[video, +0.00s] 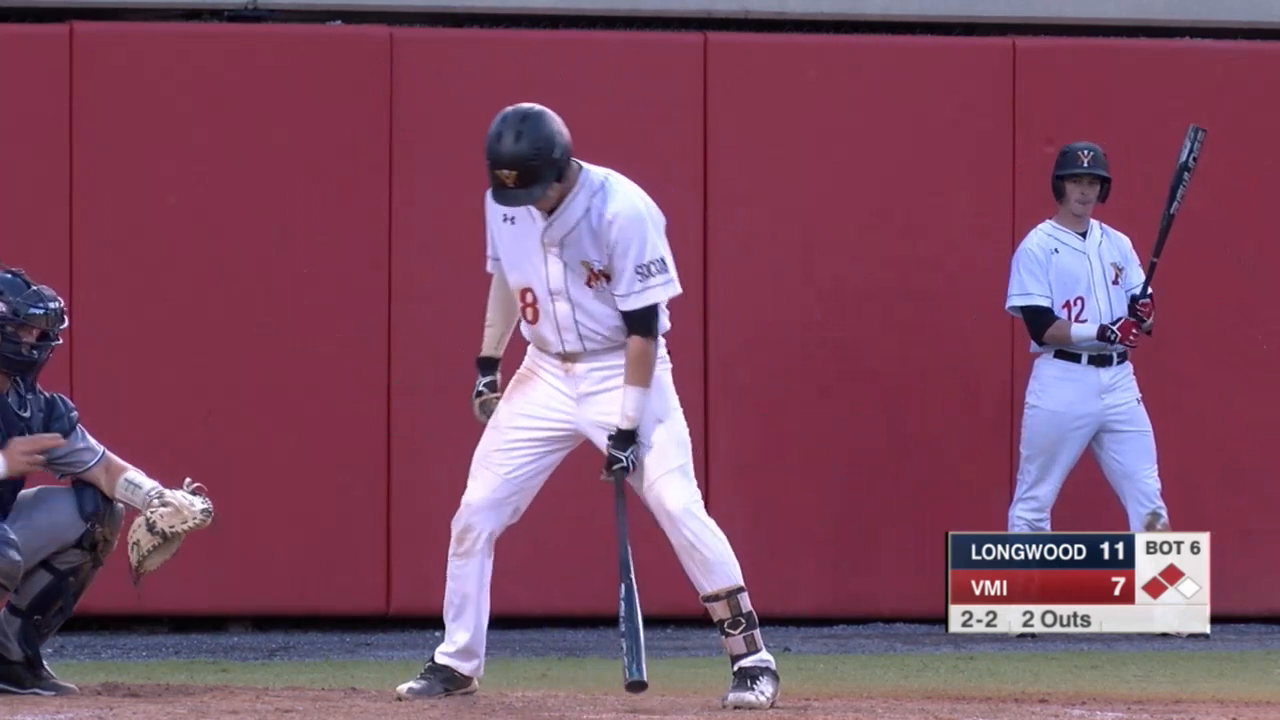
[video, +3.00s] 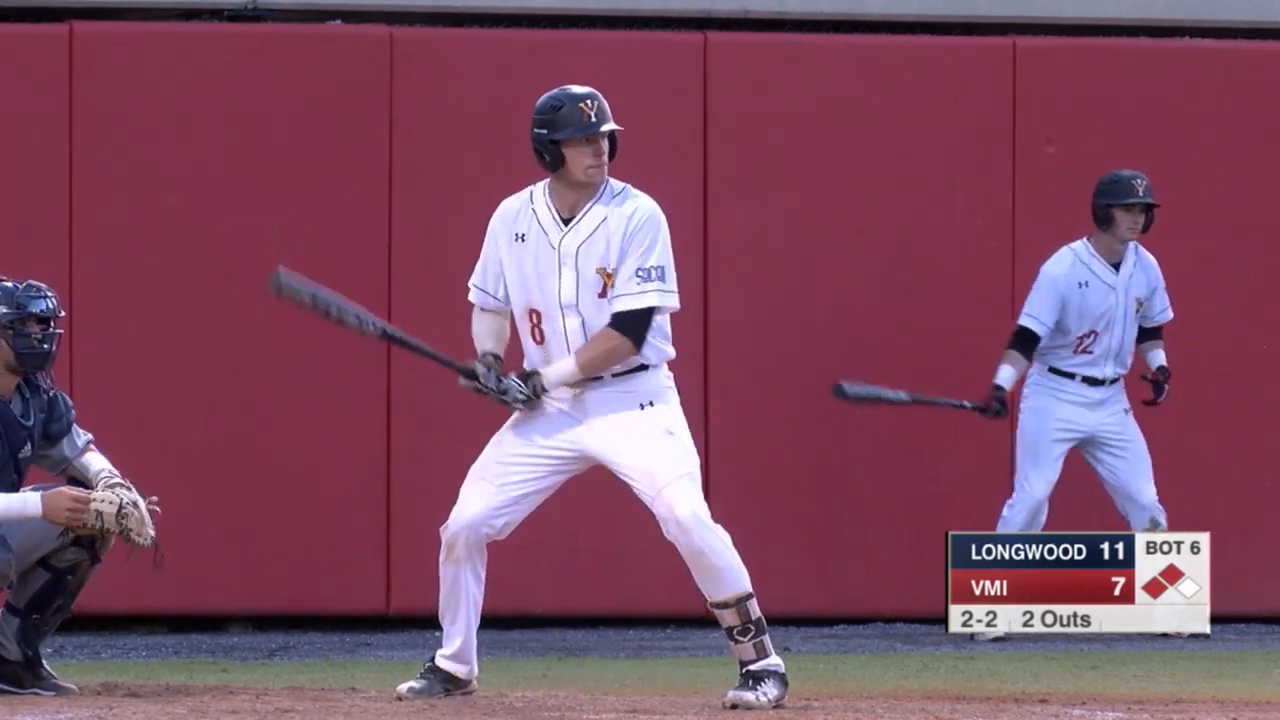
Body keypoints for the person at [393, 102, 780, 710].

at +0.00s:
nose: (524, 205)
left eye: (533, 193)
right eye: (513, 195)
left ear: (564, 170)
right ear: (499, 173)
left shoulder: (623, 210)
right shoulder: (503, 200)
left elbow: (644, 324)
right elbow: (504, 280)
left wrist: (628, 425)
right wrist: (487, 365)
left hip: (627, 375)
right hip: (543, 376)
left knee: (673, 502)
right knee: (475, 513)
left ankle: (751, 660)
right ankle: (455, 664)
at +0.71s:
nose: (535, 179)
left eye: (542, 166)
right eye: (525, 168)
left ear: (571, 146)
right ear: (515, 154)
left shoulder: (638, 190)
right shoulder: (516, 203)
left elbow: (684, 295)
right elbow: (519, 306)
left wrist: (639, 359)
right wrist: (497, 382)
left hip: (645, 383)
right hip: (558, 389)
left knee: (691, 512)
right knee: (479, 522)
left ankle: (761, 665)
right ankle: (455, 666)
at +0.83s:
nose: (578, 168)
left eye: (586, 154)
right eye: (566, 157)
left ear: (606, 135)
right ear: (546, 146)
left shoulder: (654, 188)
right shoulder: (524, 202)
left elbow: (716, 287)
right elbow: (514, 301)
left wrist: (695, 317)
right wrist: (496, 377)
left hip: (648, 384)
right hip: (561, 386)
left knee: (694, 513)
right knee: (482, 524)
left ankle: (762, 665)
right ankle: (455, 665)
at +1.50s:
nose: (628, 124)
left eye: (631, 112)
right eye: (613, 116)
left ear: (637, 114)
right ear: (577, 123)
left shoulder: (669, 197)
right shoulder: (535, 194)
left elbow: (680, 312)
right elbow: (520, 291)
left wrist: (643, 387)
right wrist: (520, 369)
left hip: (652, 380)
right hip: (561, 383)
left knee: (697, 513)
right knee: (483, 523)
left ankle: (762, 663)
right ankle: (455, 665)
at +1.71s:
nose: (603, 131)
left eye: (608, 119)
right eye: (588, 122)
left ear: (616, 120)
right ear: (555, 128)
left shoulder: (644, 197)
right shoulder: (519, 194)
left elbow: (632, 314)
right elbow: (503, 285)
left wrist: (560, 359)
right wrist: (479, 346)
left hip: (636, 388)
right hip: (547, 391)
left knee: (686, 510)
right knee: (473, 521)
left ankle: (760, 664)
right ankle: (454, 665)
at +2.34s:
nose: (593, 142)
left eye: (597, 129)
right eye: (577, 134)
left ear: (606, 130)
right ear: (548, 143)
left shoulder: (648, 196)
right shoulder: (521, 224)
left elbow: (672, 309)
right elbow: (530, 329)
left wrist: (611, 382)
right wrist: (555, 384)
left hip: (655, 396)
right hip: (569, 406)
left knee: (696, 516)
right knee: (482, 528)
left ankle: (762, 665)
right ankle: (454, 667)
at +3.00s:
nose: (598, 151)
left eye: (603, 139)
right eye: (582, 141)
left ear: (611, 141)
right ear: (550, 147)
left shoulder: (638, 215)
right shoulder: (511, 218)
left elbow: (630, 333)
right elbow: (491, 302)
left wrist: (543, 378)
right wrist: (489, 360)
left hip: (636, 405)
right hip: (547, 408)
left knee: (686, 518)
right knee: (465, 524)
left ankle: (761, 665)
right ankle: (453, 665)